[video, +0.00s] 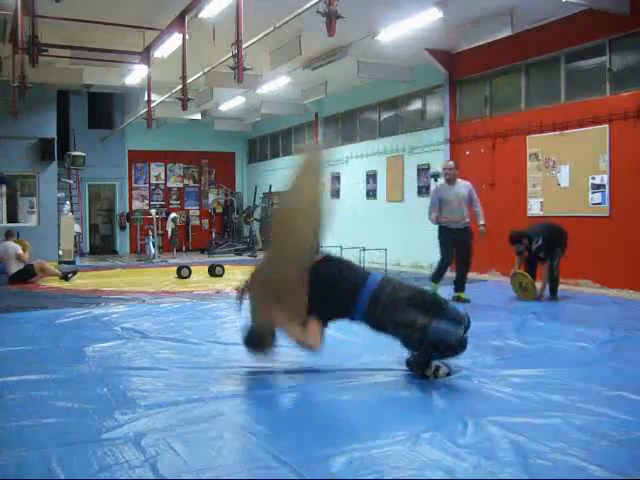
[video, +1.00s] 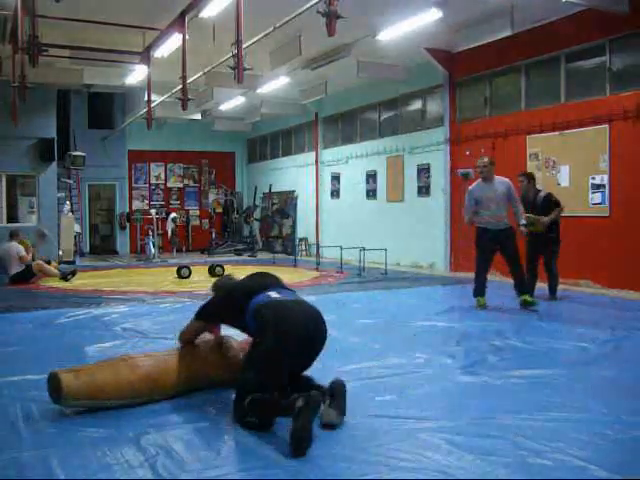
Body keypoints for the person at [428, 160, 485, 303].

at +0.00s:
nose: (448, 172)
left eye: (451, 169)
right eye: (445, 169)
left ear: (456, 171)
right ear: (442, 172)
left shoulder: (467, 186)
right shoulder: (438, 190)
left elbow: (476, 205)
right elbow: (433, 208)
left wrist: (481, 222)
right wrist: (434, 217)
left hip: (463, 226)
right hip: (446, 226)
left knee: (464, 261)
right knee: (446, 259)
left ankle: (459, 292)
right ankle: (434, 283)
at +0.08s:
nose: (452, 172)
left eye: (454, 168)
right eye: (449, 169)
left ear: (460, 170)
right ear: (445, 171)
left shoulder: (471, 185)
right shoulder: (442, 188)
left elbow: (481, 202)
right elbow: (437, 207)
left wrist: (486, 219)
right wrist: (437, 215)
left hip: (466, 225)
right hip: (450, 225)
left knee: (467, 258)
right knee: (454, 257)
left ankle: (460, 290)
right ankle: (448, 286)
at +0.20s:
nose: (455, 171)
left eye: (457, 168)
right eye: (452, 169)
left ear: (463, 169)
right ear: (449, 171)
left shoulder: (475, 184)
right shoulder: (445, 188)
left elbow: (486, 202)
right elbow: (440, 208)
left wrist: (491, 218)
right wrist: (441, 216)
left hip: (471, 225)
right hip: (454, 225)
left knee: (468, 259)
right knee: (461, 257)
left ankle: (460, 290)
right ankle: (461, 290)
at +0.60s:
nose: (466, 172)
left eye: (469, 168)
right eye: (464, 169)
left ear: (476, 170)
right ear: (461, 171)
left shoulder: (489, 184)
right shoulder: (458, 191)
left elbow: (501, 203)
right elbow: (453, 212)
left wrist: (505, 220)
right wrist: (455, 220)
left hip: (489, 228)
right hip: (470, 228)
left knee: (492, 263)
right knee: (476, 263)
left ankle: (472, 282)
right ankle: (477, 295)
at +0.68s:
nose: (470, 171)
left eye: (473, 167)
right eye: (467, 168)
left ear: (479, 168)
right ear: (464, 170)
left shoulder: (492, 183)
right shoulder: (461, 190)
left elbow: (504, 202)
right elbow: (457, 213)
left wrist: (509, 221)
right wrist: (458, 218)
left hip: (492, 227)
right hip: (474, 227)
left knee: (500, 261)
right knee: (476, 263)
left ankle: (485, 284)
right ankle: (477, 295)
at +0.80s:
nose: (473, 170)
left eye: (476, 167)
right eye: (471, 167)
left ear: (483, 168)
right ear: (468, 170)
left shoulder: (496, 183)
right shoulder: (464, 190)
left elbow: (507, 203)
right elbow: (459, 212)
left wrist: (513, 220)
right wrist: (461, 219)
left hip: (496, 227)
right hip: (477, 227)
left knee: (505, 259)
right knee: (478, 263)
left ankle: (501, 290)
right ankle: (478, 296)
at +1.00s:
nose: (481, 170)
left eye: (484, 167)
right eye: (479, 167)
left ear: (492, 168)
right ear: (477, 170)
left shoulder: (505, 184)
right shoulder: (473, 189)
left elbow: (516, 203)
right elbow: (468, 212)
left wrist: (521, 222)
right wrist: (470, 218)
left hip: (505, 228)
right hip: (484, 229)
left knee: (515, 263)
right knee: (482, 266)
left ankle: (523, 294)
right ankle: (479, 296)